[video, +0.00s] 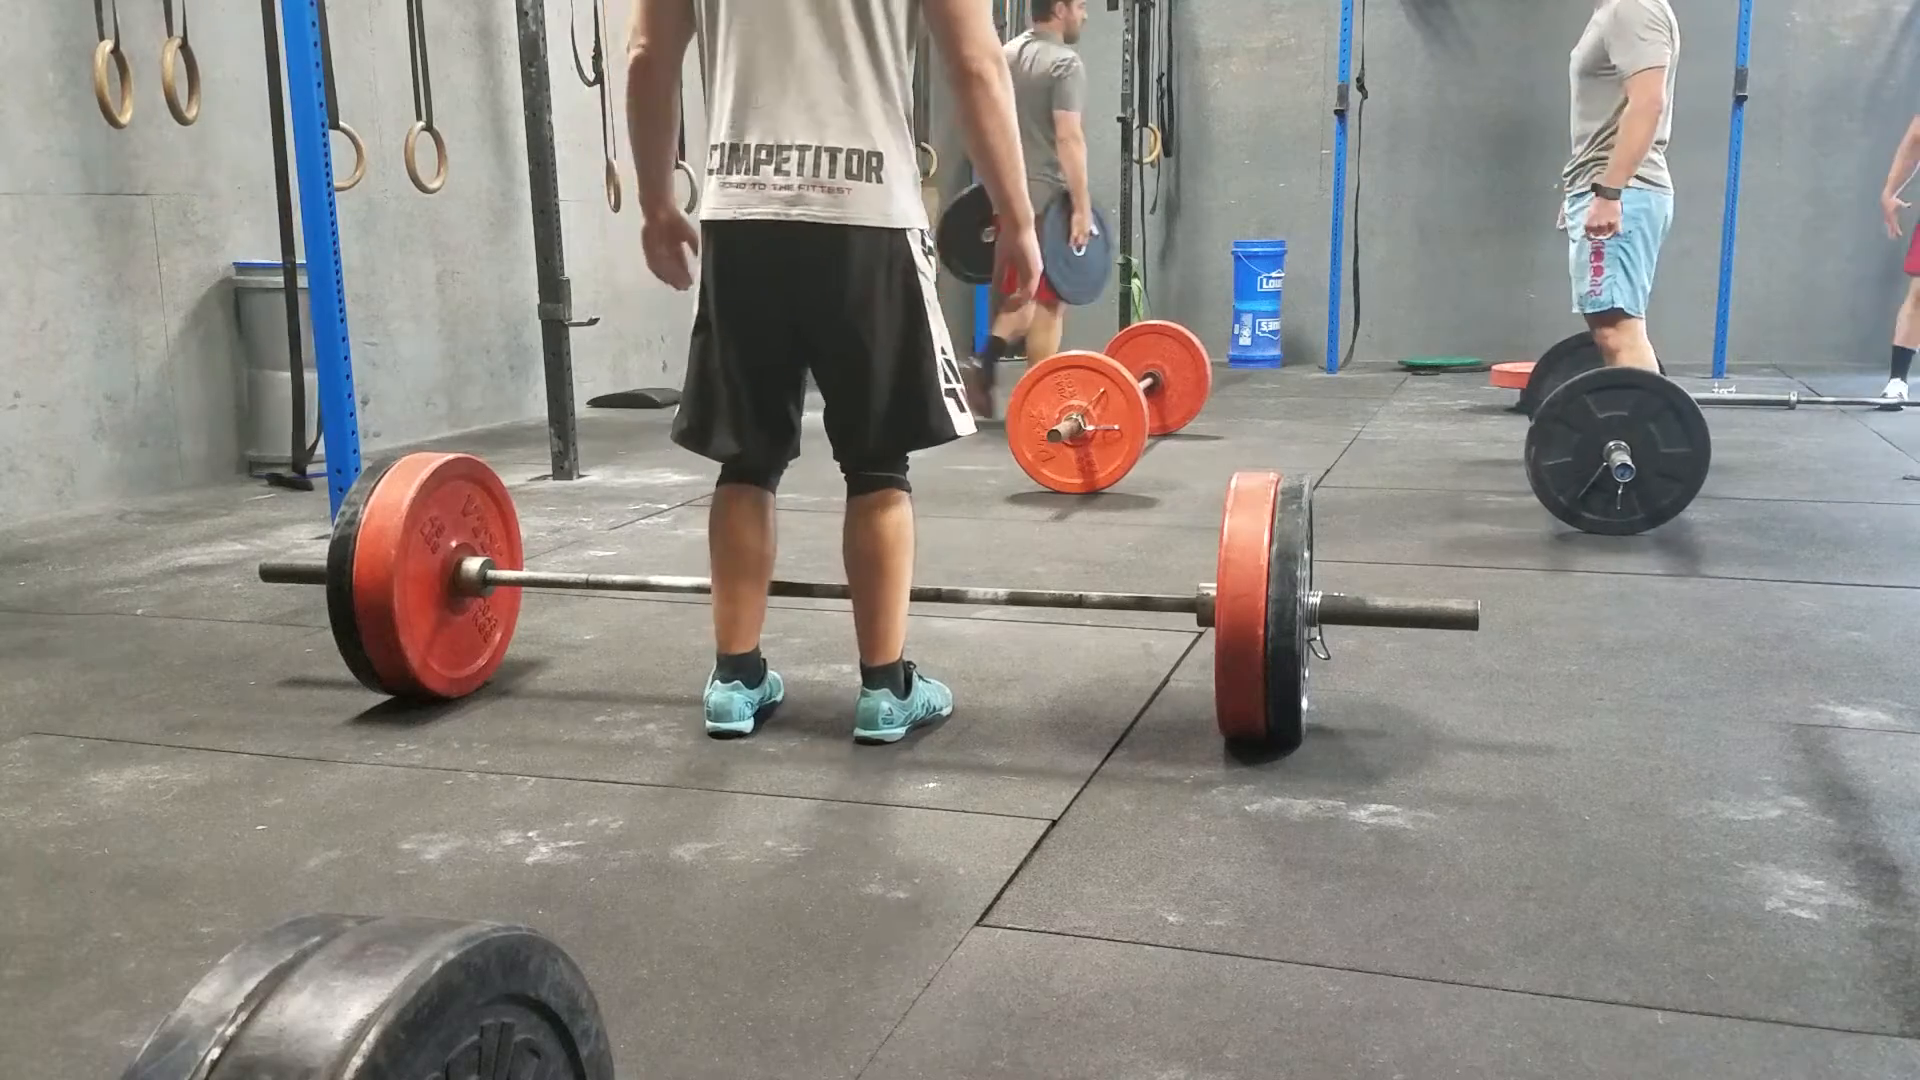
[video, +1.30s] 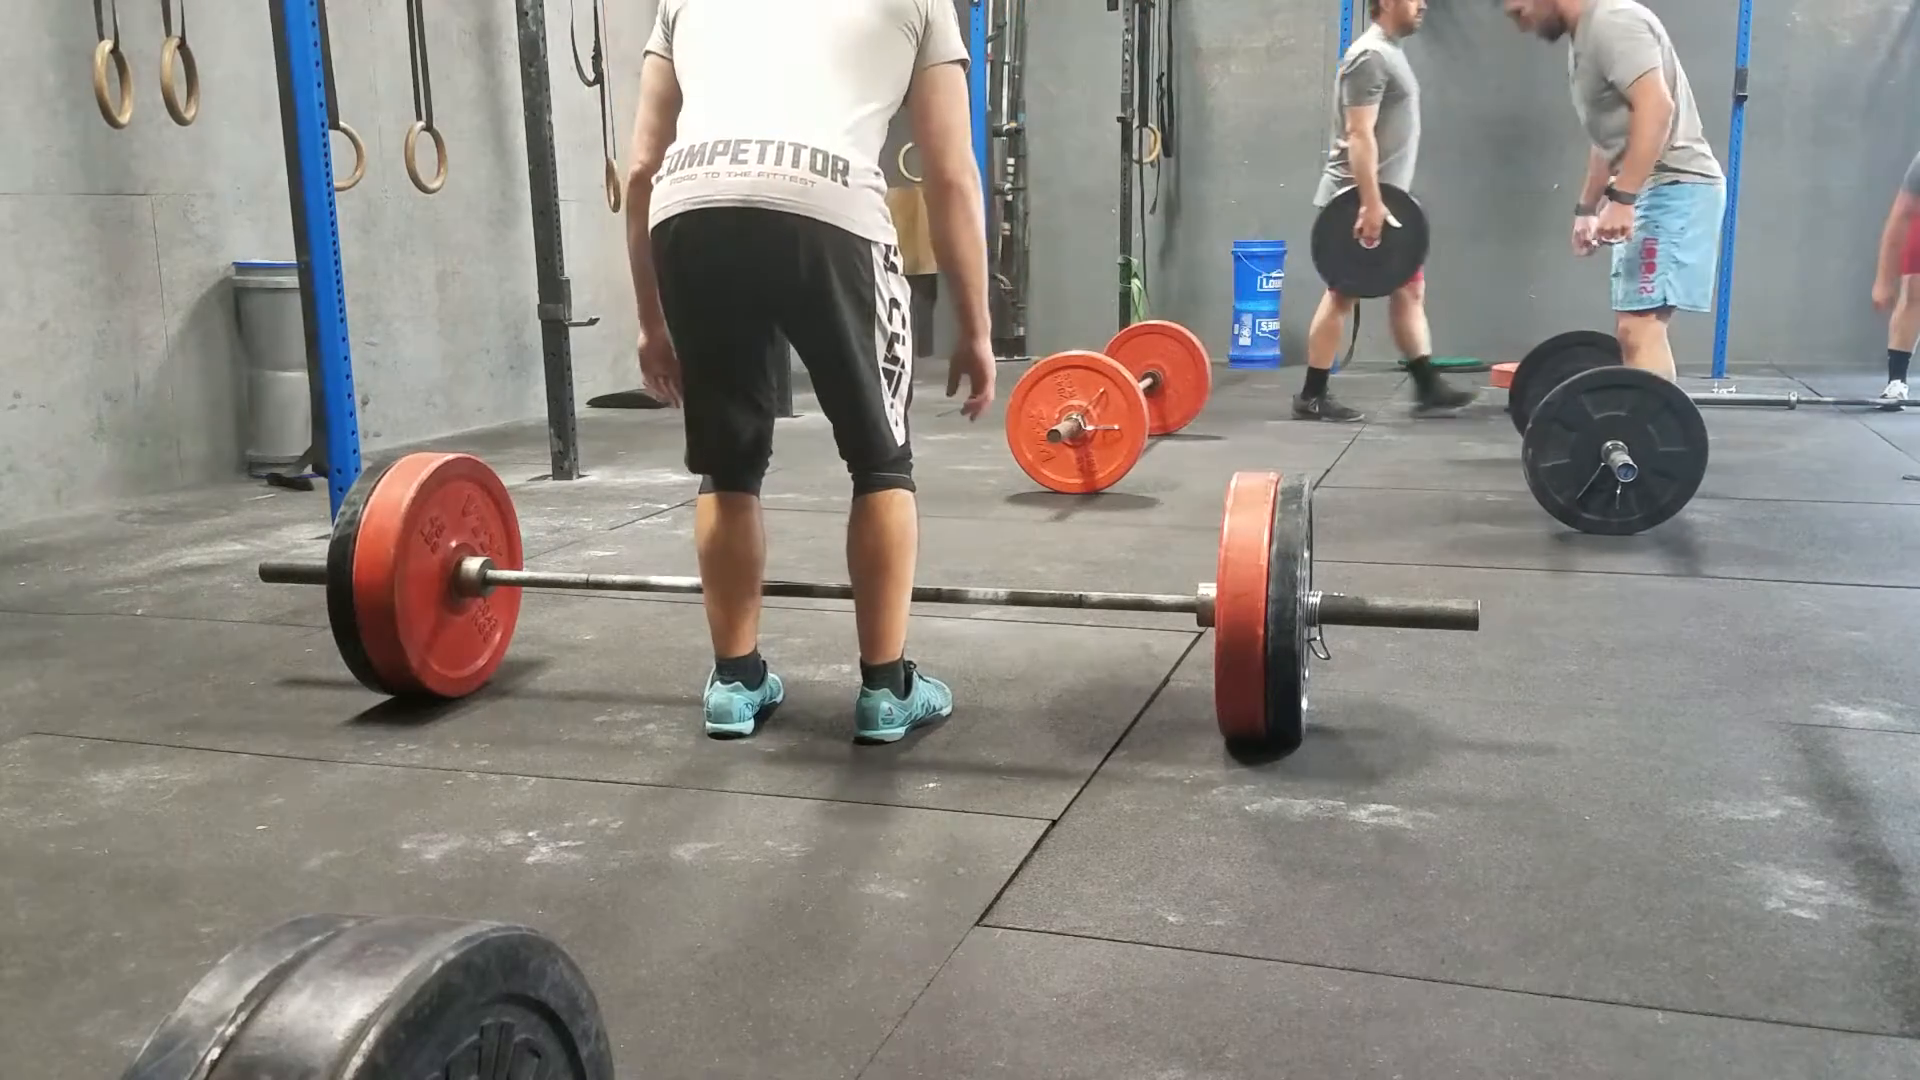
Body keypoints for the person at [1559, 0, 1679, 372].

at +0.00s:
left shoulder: (1633, 9)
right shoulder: (1615, 11)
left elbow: (1646, 103)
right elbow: (1615, 113)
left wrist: (1608, 192)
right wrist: (1580, 191)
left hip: (1621, 193)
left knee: (1618, 334)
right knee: (1618, 333)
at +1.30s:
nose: (1520, 25)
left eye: (1517, 12)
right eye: (1514, 17)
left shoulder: (1612, 21)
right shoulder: (1585, 36)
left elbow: (1656, 107)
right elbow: (1607, 133)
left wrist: (1622, 198)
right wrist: (1588, 207)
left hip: (1674, 183)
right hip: (1650, 185)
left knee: (1639, 329)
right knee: (1638, 329)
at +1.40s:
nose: (1508, 72)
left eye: (1503, 60)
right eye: (1500, 64)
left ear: (1523, 33)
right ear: (1526, 34)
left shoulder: (1593, 47)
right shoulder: (1578, 66)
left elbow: (1650, 121)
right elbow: (1601, 164)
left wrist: (1629, 216)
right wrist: (1587, 238)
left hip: (1694, 186)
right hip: (1676, 188)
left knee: (1642, 327)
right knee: (1643, 329)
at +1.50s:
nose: (1501, 119)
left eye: (1495, 109)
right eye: (1493, 114)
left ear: (1512, 76)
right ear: (1511, 76)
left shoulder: (1580, 77)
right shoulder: (1562, 115)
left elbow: (1645, 144)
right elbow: (1593, 195)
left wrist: (1640, 236)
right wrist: (1586, 274)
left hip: (1711, 188)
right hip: (1686, 192)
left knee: (1646, 328)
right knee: (1647, 331)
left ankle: (1659, 458)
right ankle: (1661, 457)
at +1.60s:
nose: (1497, 159)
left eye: (1490, 150)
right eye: (1488, 156)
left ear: (1501, 121)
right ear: (1500, 121)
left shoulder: (1569, 109)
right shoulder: (1555, 149)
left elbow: (1645, 164)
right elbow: (1586, 227)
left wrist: (1652, 252)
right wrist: (1580, 308)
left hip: (1721, 187)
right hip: (1699, 193)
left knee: (1650, 324)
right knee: (1646, 325)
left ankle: (1658, 455)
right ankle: (1658, 453)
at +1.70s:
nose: (1496, 197)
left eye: (1487, 189)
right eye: (1486, 195)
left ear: (1496, 161)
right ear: (1497, 158)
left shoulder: (1562, 138)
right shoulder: (1554, 178)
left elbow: (1644, 179)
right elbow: (1582, 258)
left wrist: (1663, 265)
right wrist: (1573, 339)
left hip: (1724, 191)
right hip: (1705, 198)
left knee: (1648, 324)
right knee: (1651, 328)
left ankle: (1658, 455)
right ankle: (1657, 455)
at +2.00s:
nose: (1499, 261)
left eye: (1488, 255)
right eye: (1489, 259)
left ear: (1488, 226)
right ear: (1491, 222)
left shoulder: (1547, 192)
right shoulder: (1548, 230)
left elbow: (1629, 227)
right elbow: (1577, 307)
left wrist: (1658, 309)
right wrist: (1580, 390)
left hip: (1726, 193)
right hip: (1705, 202)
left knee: (1634, 328)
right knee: (1631, 327)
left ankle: (1660, 452)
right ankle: (1653, 450)